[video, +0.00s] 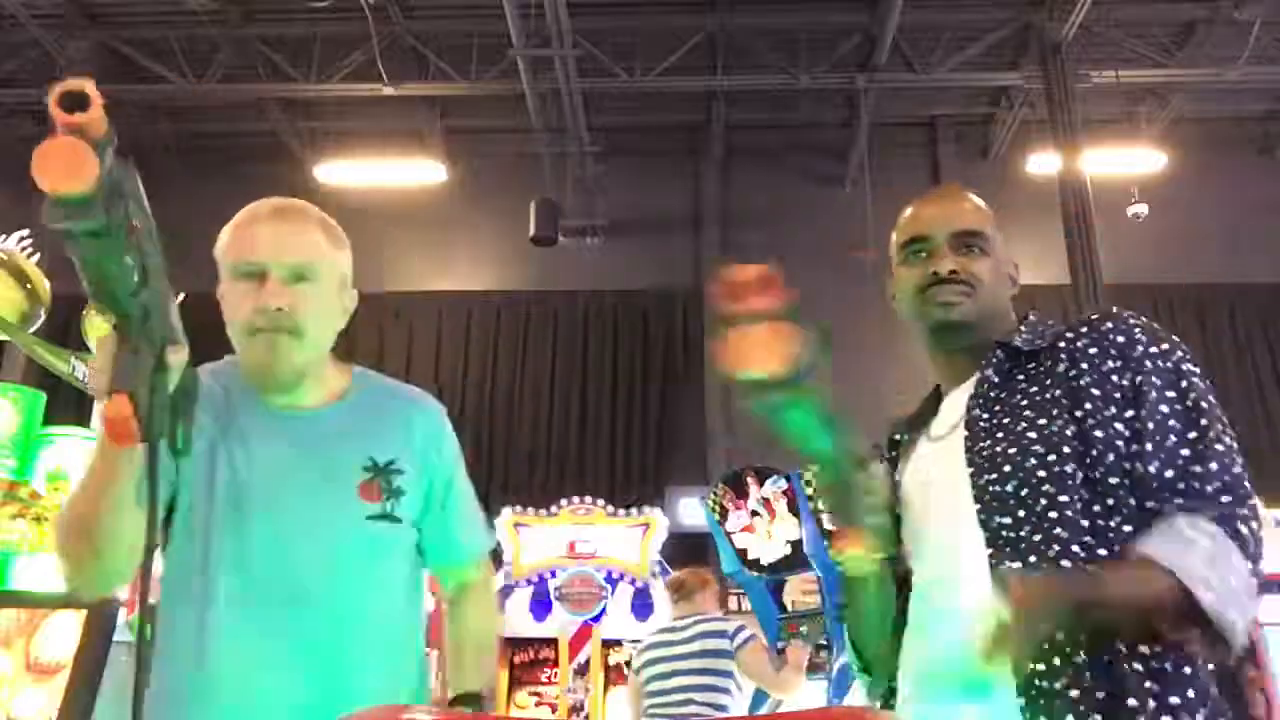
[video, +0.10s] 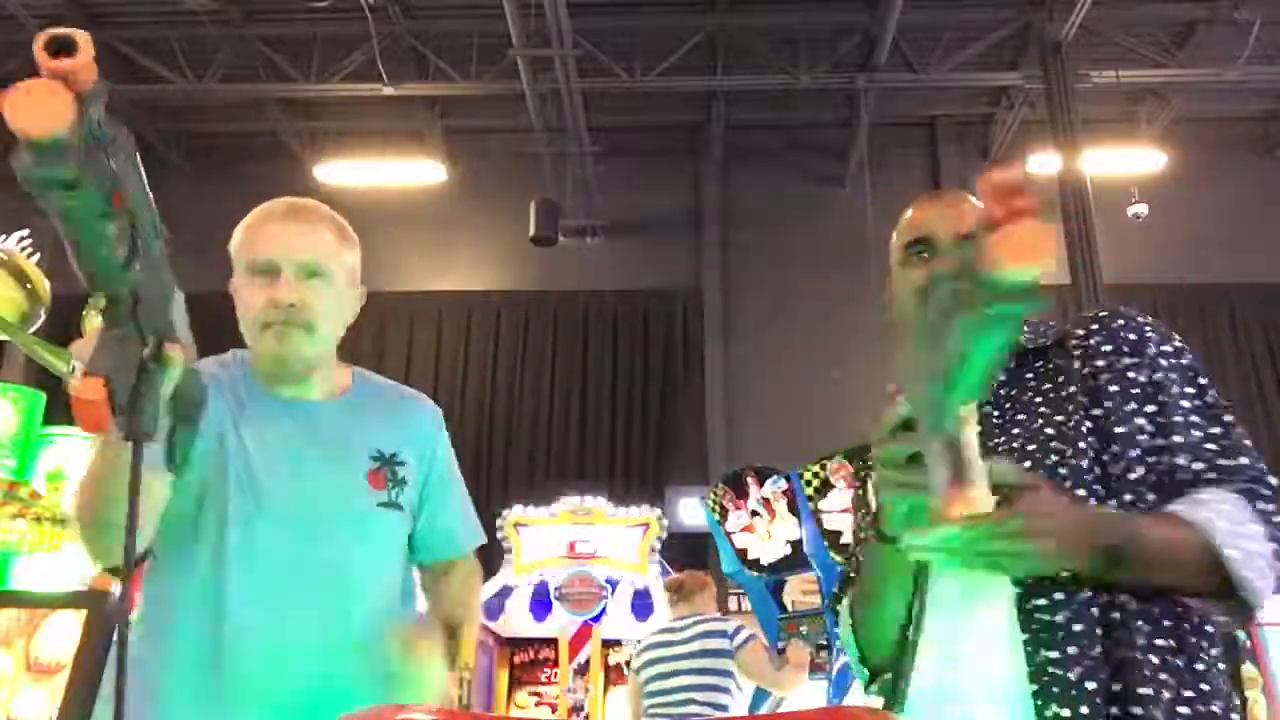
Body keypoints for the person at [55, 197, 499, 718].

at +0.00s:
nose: (272, 299)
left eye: (300, 277)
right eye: (249, 276)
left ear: (347, 300)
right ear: (219, 296)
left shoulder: (413, 424)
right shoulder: (178, 409)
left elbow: (469, 585)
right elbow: (90, 575)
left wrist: (470, 705)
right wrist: (122, 418)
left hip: (366, 707)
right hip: (195, 705)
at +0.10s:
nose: (286, 294)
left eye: (312, 275)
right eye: (263, 273)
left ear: (355, 300)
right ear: (234, 292)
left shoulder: (410, 423)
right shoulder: (182, 401)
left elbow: (452, 566)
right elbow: (110, 545)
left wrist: (452, 664)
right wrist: (133, 407)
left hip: (354, 712)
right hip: (187, 708)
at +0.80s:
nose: (317, 317)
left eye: (343, 298)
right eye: (297, 295)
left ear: (377, 327)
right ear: (263, 315)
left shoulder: (421, 427)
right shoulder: (211, 414)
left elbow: (430, 571)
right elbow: (171, 584)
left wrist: (288, 495)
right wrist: (174, 474)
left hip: (358, 706)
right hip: (212, 705)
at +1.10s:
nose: (283, 313)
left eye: (308, 294)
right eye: (264, 292)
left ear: (348, 321)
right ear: (231, 312)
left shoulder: (400, 420)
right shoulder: (176, 416)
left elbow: (421, 570)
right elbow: (159, 596)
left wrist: (273, 507)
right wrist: (179, 507)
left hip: (345, 709)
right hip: (191, 709)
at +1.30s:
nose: (319, 325)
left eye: (343, 306)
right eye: (299, 300)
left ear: (375, 331)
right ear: (261, 317)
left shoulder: (412, 430)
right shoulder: (204, 414)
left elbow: (423, 576)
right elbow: (158, 582)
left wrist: (283, 505)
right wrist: (173, 511)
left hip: (344, 709)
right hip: (199, 707)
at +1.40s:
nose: (333, 342)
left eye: (353, 327)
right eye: (317, 321)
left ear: (386, 343)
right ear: (276, 324)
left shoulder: (419, 437)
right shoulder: (209, 420)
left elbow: (448, 582)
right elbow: (197, 574)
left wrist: (344, 520)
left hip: (361, 708)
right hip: (213, 707)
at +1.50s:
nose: (338, 330)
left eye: (362, 315)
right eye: (318, 308)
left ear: (389, 337)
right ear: (280, 324)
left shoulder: (417, 436)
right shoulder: (216, 420)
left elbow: (453, 588)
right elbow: (219, 586)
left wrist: (369, 527)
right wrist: (292, 525)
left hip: (369, 711)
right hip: (222, 710)